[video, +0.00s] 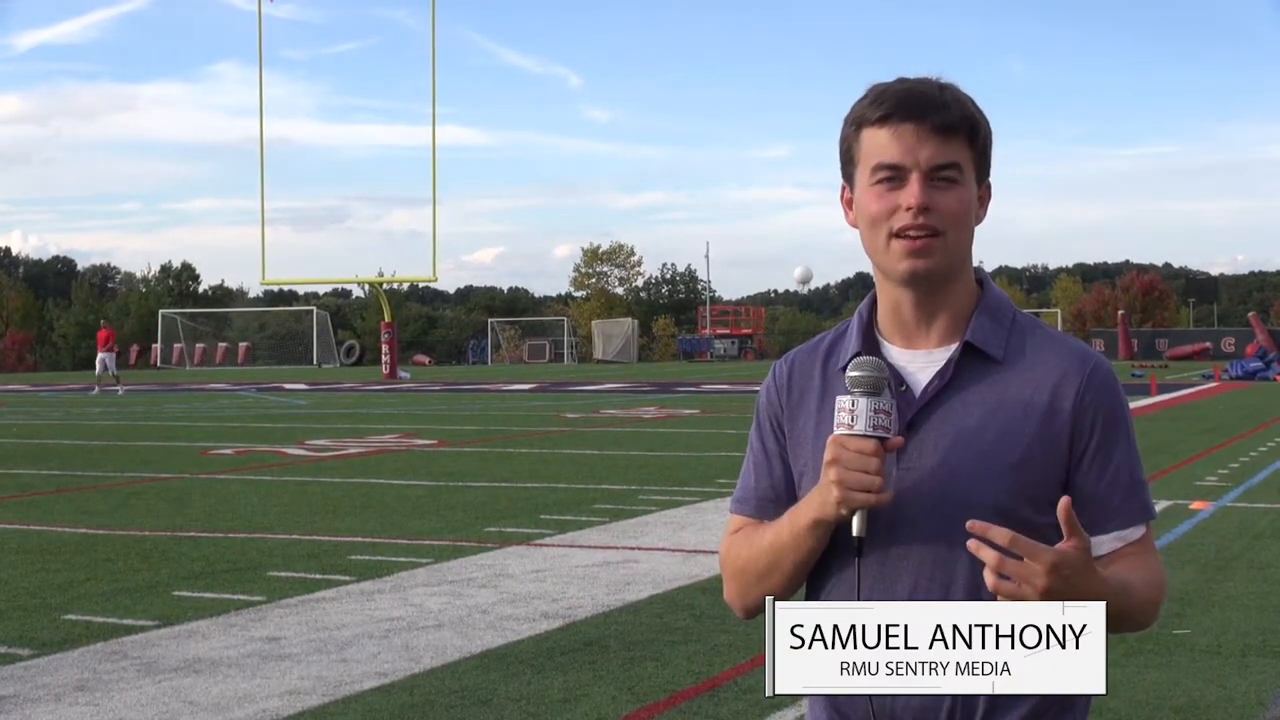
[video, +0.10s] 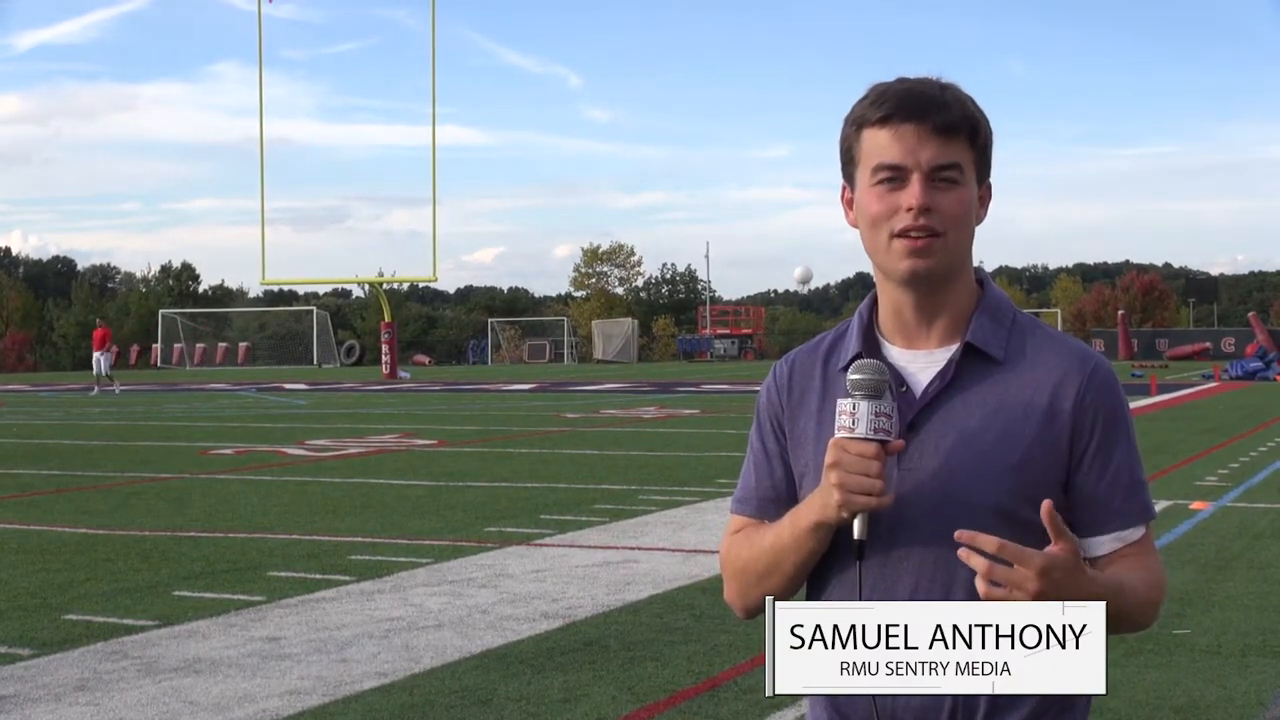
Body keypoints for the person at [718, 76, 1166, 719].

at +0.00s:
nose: (916, 201)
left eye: (944, 177)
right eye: (889, 179)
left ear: (981, 200)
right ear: (850, 204)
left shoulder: (1074, 382)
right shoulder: (794, 383)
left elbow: (1141, 583)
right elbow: (741, 587)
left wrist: (1090, 588)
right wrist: (821, 505)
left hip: (1021, 708)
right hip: (843, 707)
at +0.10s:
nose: (917, 201)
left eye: (945, 178)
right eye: (890, 179)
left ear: (982, 200)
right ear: (850, 205)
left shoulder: (1074, 382)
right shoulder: (795, 384)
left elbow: (1141, 585)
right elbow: (741, 587)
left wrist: (1085, 590)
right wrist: (823, 507)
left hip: (1021, 708)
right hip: (844, 708)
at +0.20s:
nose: (917, 201)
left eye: (945, 178)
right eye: (890, 178)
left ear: (983, 200)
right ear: (852, 204)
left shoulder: (1074, 383)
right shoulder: (795, 384)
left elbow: (1142, 588)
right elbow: (742, 587)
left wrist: (1080, 583)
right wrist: (823, 508)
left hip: (1021, 708)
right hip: (844, 707)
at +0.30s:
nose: (916, 199)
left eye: (946, 178)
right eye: (891, 177)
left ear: (985, 203)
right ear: (855, 203)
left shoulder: (1074, 382)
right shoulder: (795, 383)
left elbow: (1144, 596)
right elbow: (740, 587)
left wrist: (1085, 571)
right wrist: (823, 505)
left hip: (1022, 707)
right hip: (843, 708)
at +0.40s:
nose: (914, 200)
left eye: (946, 180)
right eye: (891, 176)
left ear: (988, 205)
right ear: (858, 201)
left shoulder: (1076, 380)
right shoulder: (796, 381)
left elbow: (1143, 609)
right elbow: (738, 586)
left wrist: (1100, 545)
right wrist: (816, 502)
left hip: (1023, 705)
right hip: (847, 707)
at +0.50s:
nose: (907, 203)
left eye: (943, 181)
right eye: (888, 176)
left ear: (991, 207)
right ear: (860, 195)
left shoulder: (1074, 379)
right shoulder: (796, 380)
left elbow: (1143, 611)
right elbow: (738, 588)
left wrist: (1120, 536)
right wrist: (811, 499)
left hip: (1025, 705)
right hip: (848, 706)